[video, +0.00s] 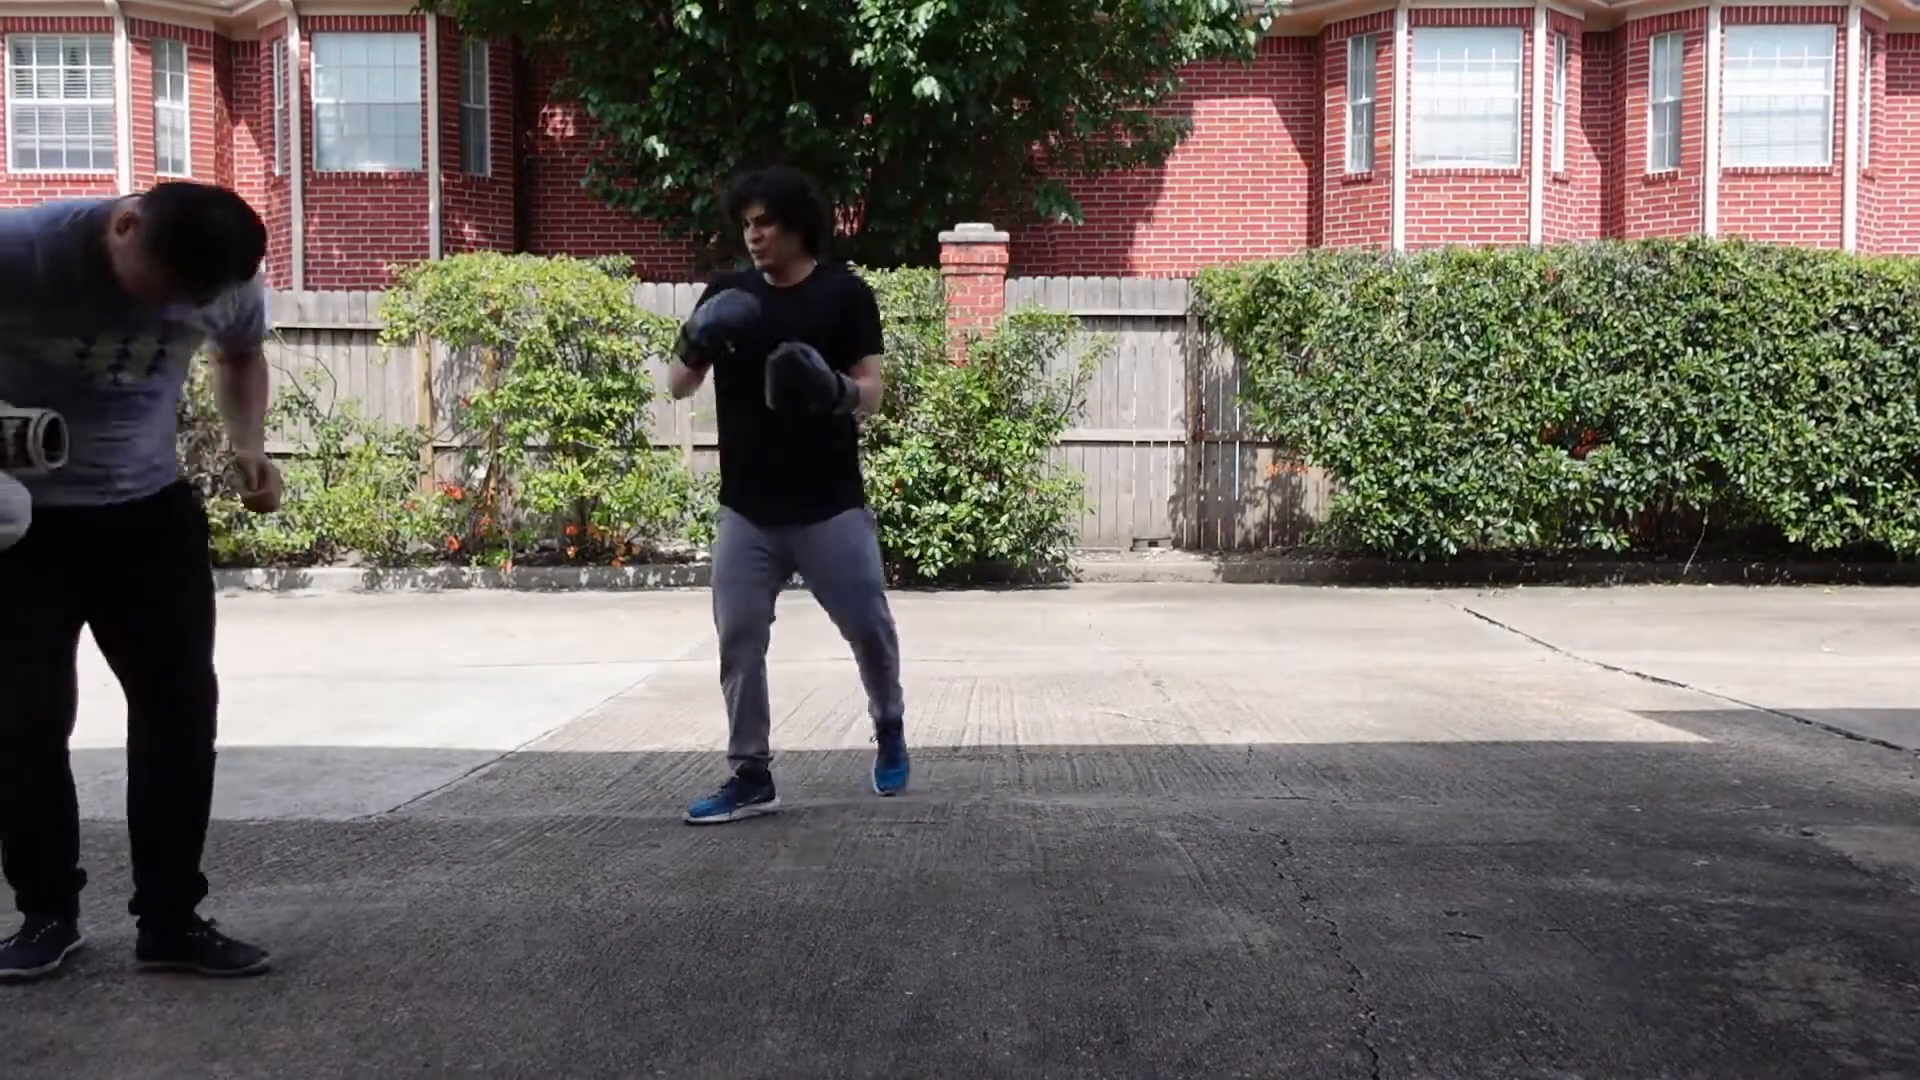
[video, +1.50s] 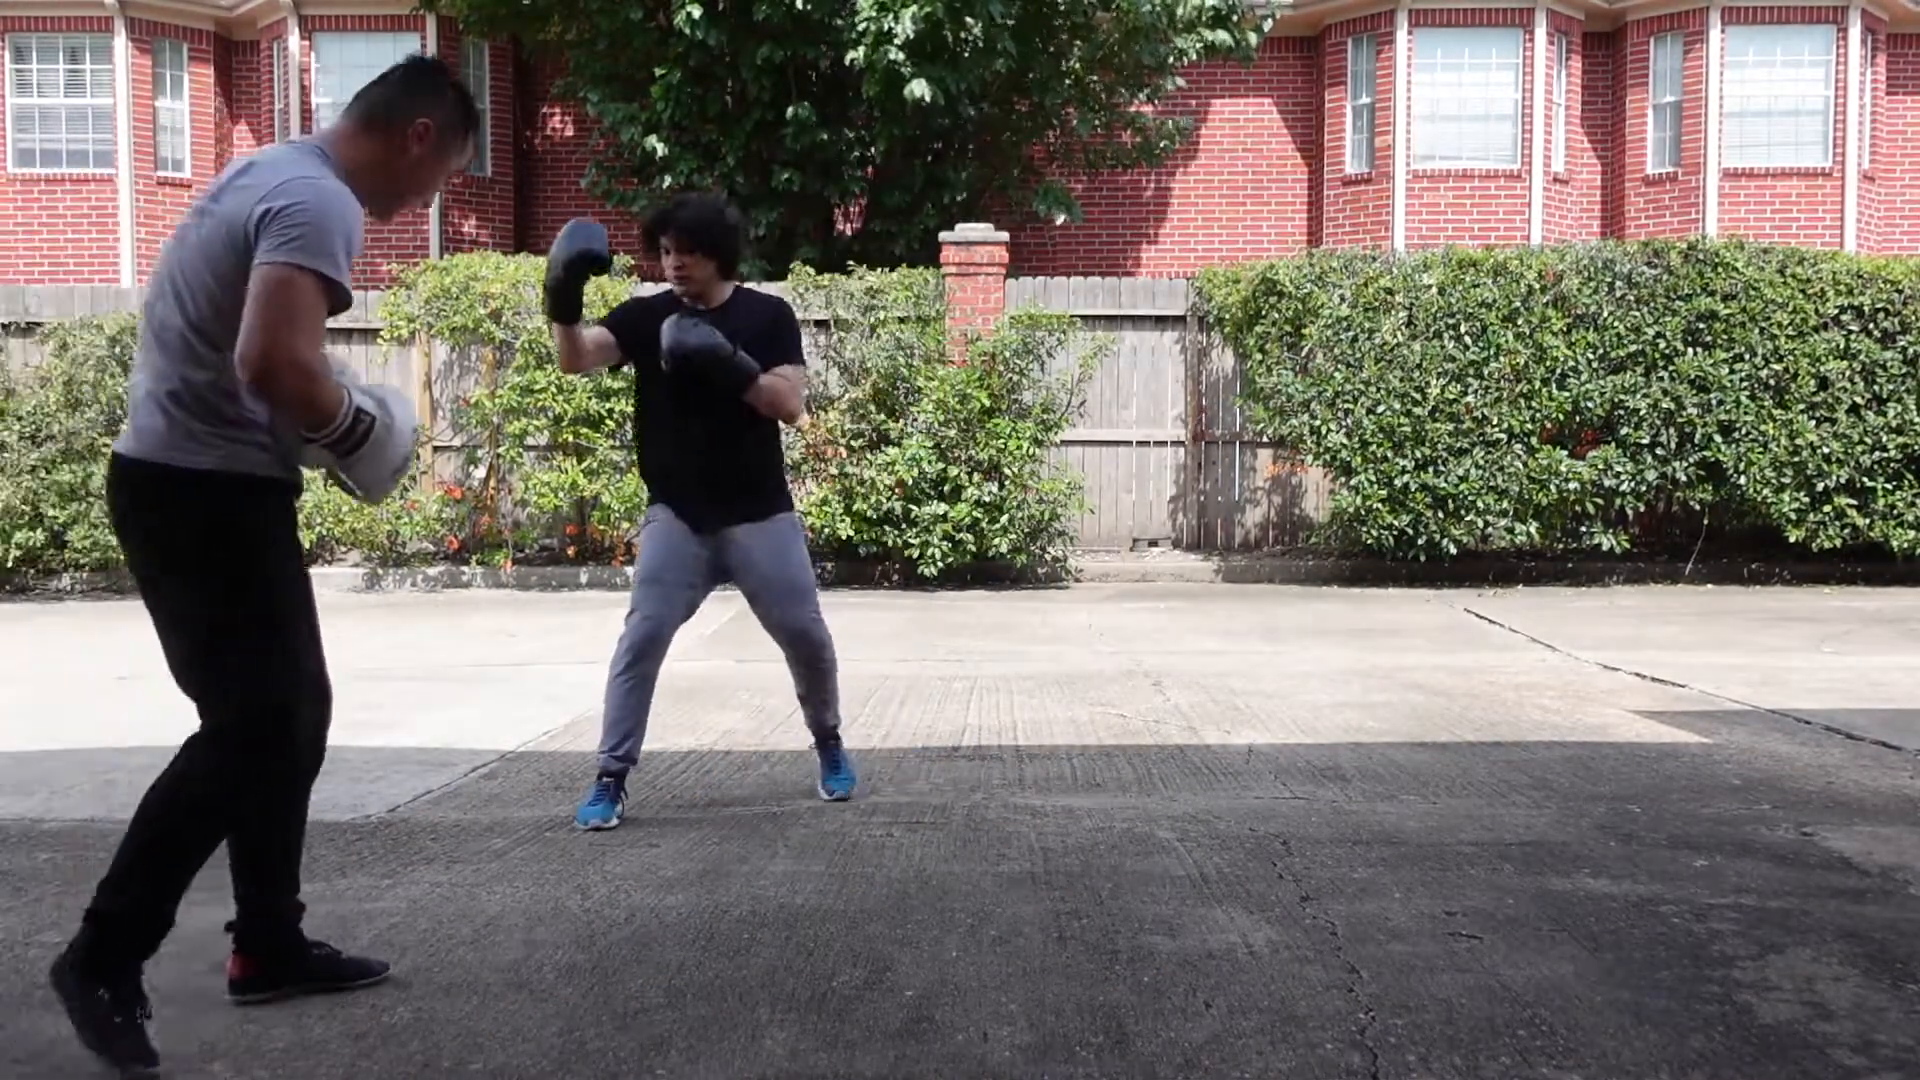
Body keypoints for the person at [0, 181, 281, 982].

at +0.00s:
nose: (158, 302)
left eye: (174, 295)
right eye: (152, 286)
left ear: (205, 272)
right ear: (126, 224)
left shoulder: (218, 272)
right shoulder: (20, 249)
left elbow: (241, 352)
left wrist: (247, 445)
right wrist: (5, 439)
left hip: (150, 518)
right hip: (25, 526)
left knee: (178, 715)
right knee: (25, 729)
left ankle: (169, 921)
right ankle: (45, 916)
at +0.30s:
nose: (232, 220)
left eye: (250, 205)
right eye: (221, 201)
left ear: (269, 186)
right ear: (172, 146)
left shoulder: (265, 214)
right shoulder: (57, 204)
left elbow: (330, 348)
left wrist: (217, 377)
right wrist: (30, 428)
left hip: (190, 501)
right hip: (59, 503)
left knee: (206, 714)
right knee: (55, 718)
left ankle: (174, 922)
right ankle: (18, 945)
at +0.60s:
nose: (223, 235)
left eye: (241, 220)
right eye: (214, 215)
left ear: (261, 196)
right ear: (162, 149)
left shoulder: (251, 216)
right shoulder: (47, 215)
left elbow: (320, 336)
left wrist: (225, 399)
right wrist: (75, 480)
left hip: (169, 498)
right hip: (49, 499)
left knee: (205, 713)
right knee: (77, 742)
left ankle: (169, 919)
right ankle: (45, 1010)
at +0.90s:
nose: (281, 227)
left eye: (297, 207)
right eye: (279, 202)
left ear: (250, 155)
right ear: (231, 148)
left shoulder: (246, 204)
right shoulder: (83, 202)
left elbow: (268, 311)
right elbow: (0, 352)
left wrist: (209, 370)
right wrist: (90, 429)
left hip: (129, 472)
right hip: (25, 474)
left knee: (176, 705)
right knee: (59, 733)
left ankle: (146, 919)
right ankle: (40, 1008)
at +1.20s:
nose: (381, 201)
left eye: (393, 183)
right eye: (386, 178)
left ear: (329, 144)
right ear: (332, 145)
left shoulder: (273, 221)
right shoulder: (185, 208)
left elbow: (261, 336)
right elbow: (47, 347)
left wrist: (255, 421)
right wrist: (175, 429)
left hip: (131, 482)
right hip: (44, 480)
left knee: (184, 717)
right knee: (79, 733)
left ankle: (218, 944)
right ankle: (43, 1012)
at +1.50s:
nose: (438, 193)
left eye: (447, 175)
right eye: (446, 169)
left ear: (382, 118)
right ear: (418, 133)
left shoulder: (281, 175)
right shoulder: (311, 197)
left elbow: (255, 350)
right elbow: (273, 360)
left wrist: (345, 411)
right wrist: (354, 430)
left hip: (223, 483)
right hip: (201, 488)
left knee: (293, 713)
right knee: (255, 723)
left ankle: (268, 944)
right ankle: (99, 962)